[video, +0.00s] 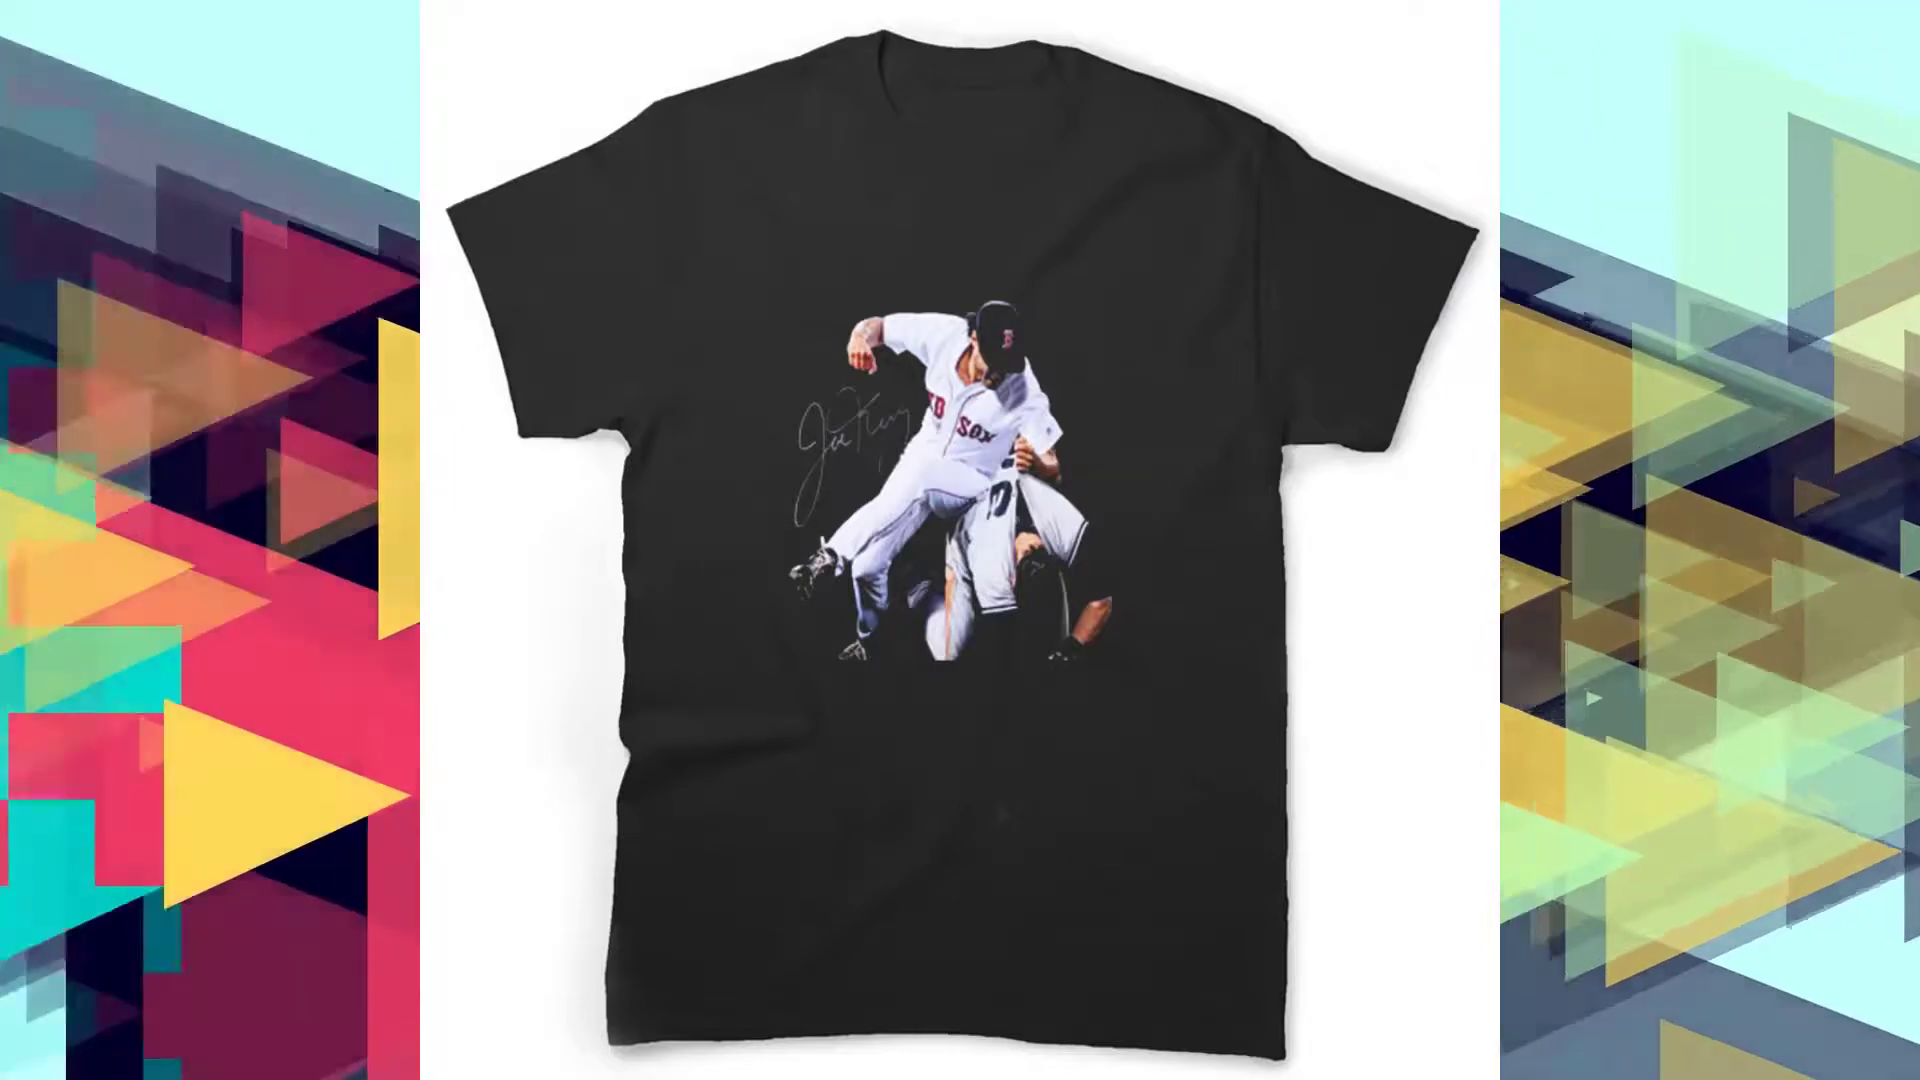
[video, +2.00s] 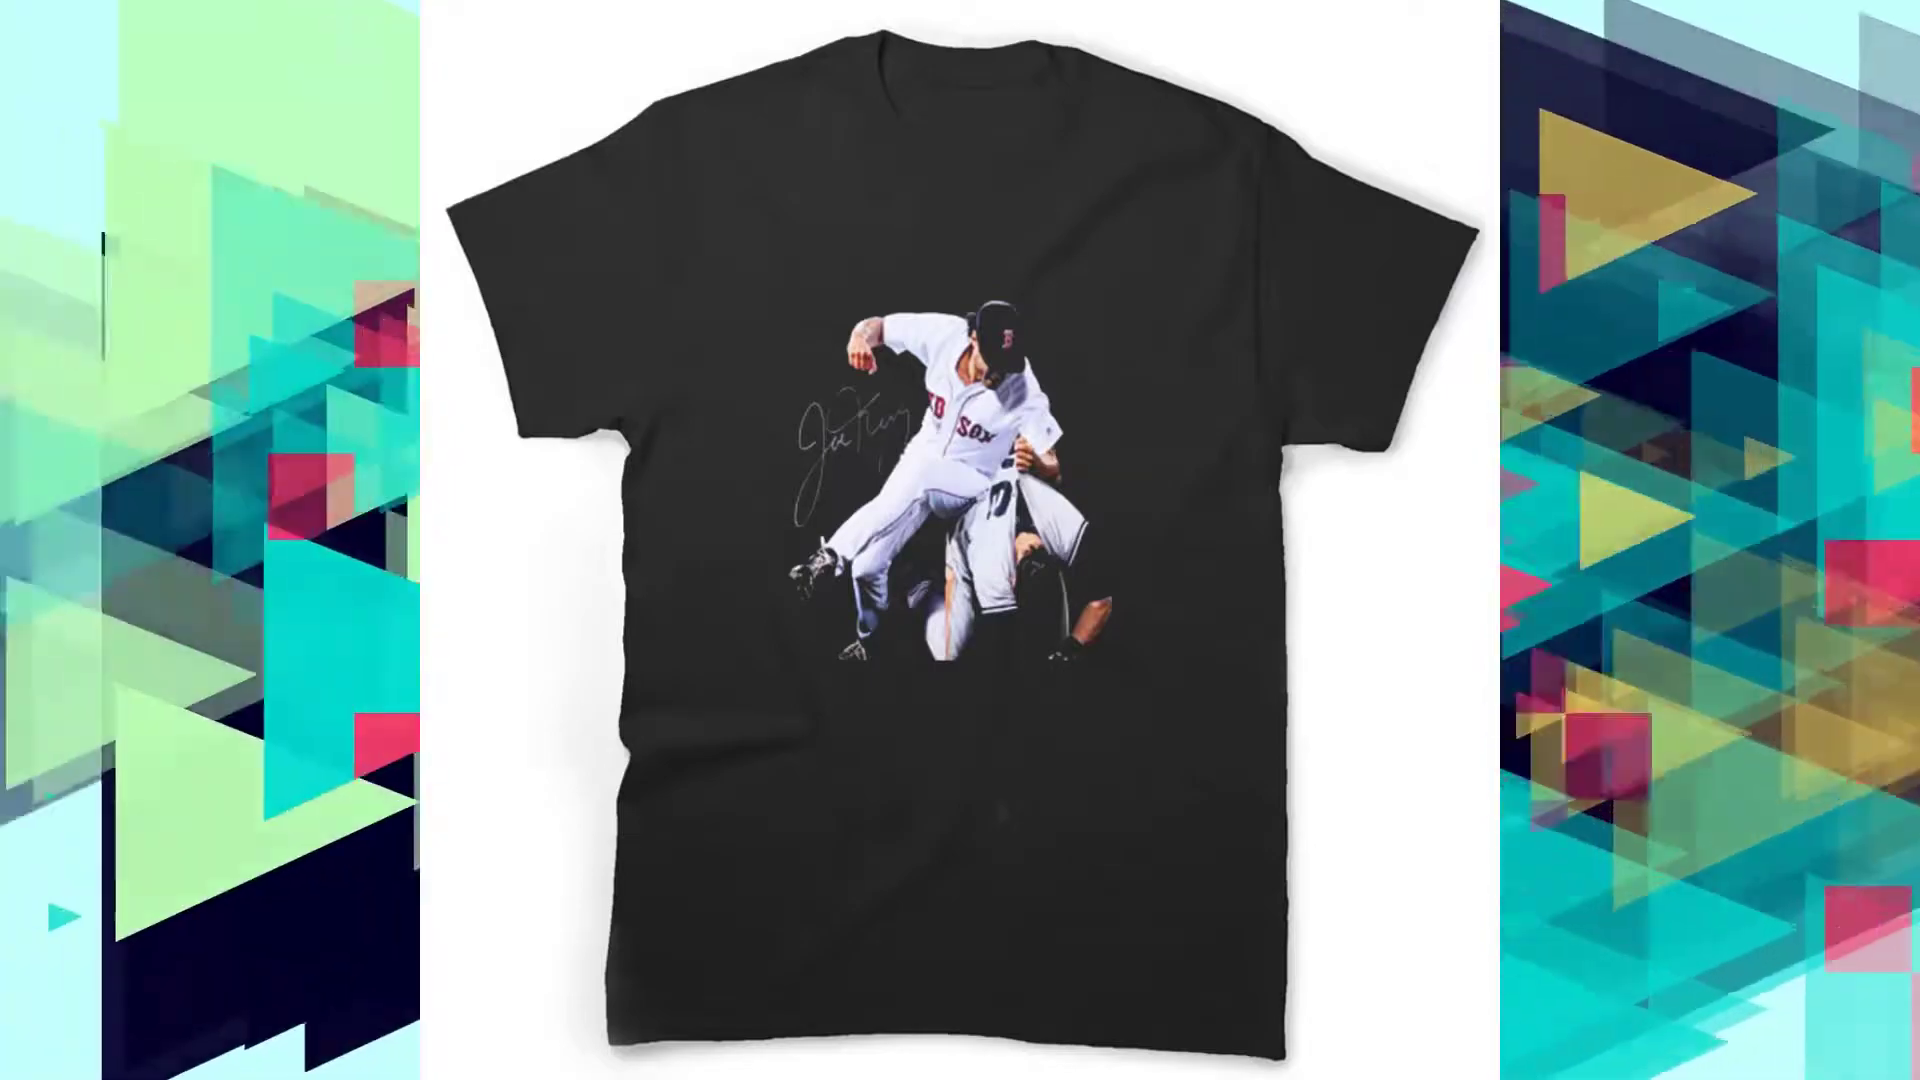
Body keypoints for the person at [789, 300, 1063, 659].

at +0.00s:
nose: (997, 374)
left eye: (1006, 367)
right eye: (991, 364)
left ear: (1017, 354)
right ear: (973, 341)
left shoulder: (1023, 389)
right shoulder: (946, 334)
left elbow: (1054, 468)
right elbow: (878, 327)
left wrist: (1038, 463)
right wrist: (861, 338)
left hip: (978, 482)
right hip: (922, 460)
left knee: (920, 476)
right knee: (867, 566)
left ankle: (828, 560)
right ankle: (871, 641)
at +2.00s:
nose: (997, 374)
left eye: (1006, 367)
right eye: (991, 364)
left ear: (1017, 354)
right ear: (973, 341)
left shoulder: (1023, 389)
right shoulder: (946, 334)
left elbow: (1054, 468)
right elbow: (878, 327)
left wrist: (1038, 463)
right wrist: (861, 338)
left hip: (979, 482)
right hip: (922, 460)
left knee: (920, 476)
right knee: (867, 566)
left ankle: (828, 560)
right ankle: (871, 642)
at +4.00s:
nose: (997, 374)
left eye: (1006, 367)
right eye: (991, 364)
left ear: (1017, 354)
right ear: (973, 341)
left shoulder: (1023, 389)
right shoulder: (946, 334)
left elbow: (1054, 468)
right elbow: (878, 327)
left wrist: (1038, 463)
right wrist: (861, 339)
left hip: (979, 482)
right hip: (922, 460)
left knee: (920, 476)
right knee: (867, 566)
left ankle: (829, 559)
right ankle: (871, 641)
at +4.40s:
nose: (997, 374)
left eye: (1006, 367)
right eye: (991, 364)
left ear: (1017, 354)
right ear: (973, 341)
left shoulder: (1023, 389)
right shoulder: (946, 334)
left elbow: (1054, 468)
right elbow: (878, 327)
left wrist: (1038, 463)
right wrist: (861, 339)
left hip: (979, 482)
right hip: (922, 460)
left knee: (920, 476)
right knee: (867, 566)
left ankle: (829, 559)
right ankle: (871, 641)